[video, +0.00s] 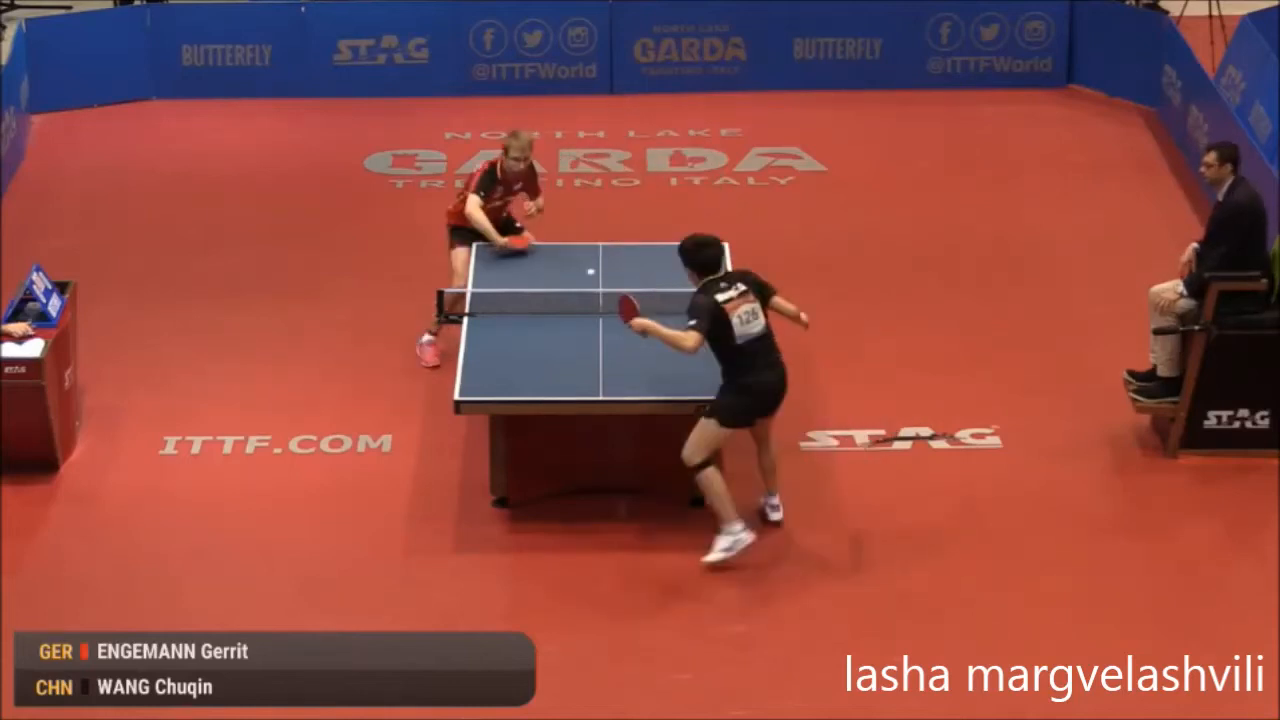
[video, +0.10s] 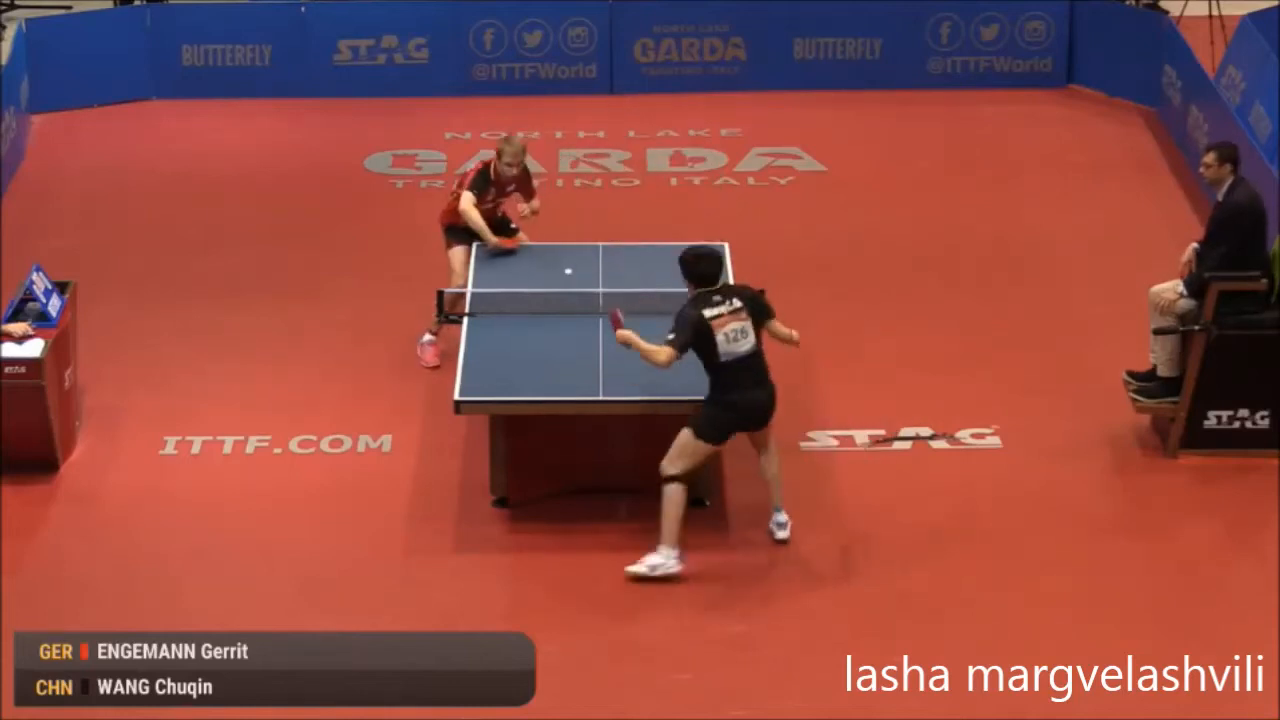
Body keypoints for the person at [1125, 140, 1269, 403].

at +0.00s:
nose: (1202, 171)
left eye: (1208, 166)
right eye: (1202, 165)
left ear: (1227, 168)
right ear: (1223, 168)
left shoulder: (1237, 203)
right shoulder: (1233, 194)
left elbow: (1220, 259)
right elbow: (1217, 238)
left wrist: (1184, 289)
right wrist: (1195, 247)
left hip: (1236, 291)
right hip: (1226, 280)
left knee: (1163, 304)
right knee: (1157, 294)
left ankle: (1170, 378)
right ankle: (1161, 368)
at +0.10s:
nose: (1201, 171)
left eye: (1207, 166)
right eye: (1202, 166)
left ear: (1226, 168)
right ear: (1223, 169)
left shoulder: (1237, 203)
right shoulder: (1233, 194)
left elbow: (1220, 260)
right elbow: (1217, 238)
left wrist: (1184, 289)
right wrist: (1195, 247)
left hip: (1236, 291)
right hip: (1226, 280)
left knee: (1163, 304)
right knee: (1157, 294)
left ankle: (1170, 378)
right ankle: (1161, 369)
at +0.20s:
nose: (1201, 172)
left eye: (1207, 167)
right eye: (1201, 166)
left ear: (1225, 168)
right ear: (1223, 169)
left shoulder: (1236, 203)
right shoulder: (1234, 194)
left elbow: (1220, 260)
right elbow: (1217, 239)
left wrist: (1184, 289)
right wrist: (1195, 247)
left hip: (1235, 291)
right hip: (1226, 280)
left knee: (1162, 303)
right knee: (1157, 294)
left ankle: (1170, 379)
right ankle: (1161, 369)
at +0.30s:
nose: (1200, 173)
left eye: (1206, 167)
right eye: (1201, 167)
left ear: (1225, 168)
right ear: (1223, 169)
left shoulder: (1236, 203)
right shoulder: (1234, 194)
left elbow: (1220, 260)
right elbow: (1217, 240)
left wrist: (1184, 289)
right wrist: (1195, 247)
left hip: (1236, 292)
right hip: (1227, 280)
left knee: (1162, 303)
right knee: (1157, 294)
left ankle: (1170, 378)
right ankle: (1161, 369)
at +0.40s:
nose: (1201, 173)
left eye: (1206, 168)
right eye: (1201, 167)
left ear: (1226, 168)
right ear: (1222, 169)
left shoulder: (1237, 203)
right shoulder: (1233, 194)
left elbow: (1221, 260)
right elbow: (1217, 239)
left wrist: (1184, 288)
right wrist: (1195, 247)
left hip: (1236, 291)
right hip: (1226, 280)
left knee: (1163, 303)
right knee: (1157, 294)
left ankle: (1170, 378)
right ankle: (1161, 368)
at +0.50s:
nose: (1201, 173)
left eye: (1206, 168)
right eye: (1201, 167)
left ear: (1226, 168)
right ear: (1222, 169)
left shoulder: (1237, 203)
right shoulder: (1233, 194)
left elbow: (1221, 260)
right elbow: (1217, 239)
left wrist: (1184, 288)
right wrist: (1195, 247)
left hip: (1236, 291)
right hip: (1226, 280)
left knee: (1163, 303)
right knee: (1157, 294)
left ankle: (1170, 378)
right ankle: (1161, 368)